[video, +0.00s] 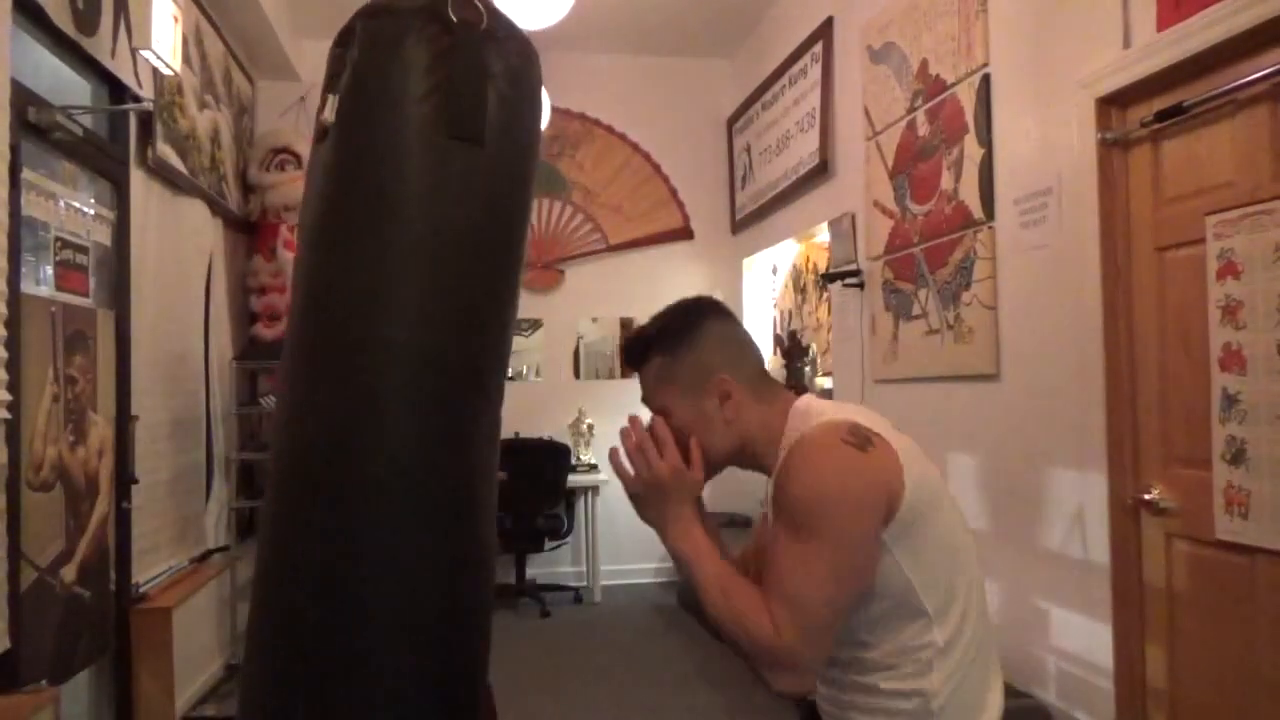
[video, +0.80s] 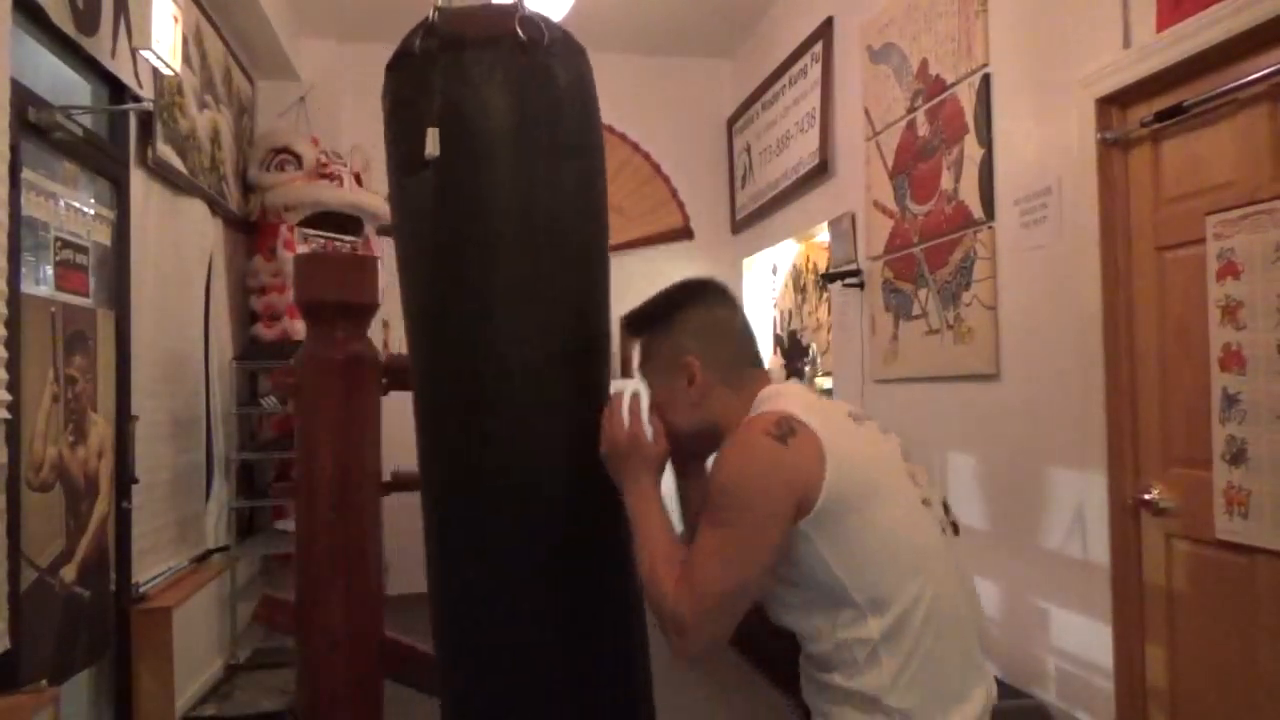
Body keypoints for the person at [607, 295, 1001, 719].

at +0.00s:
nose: (661, 436)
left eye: (665, 416)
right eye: (656, 418)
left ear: (723, 396)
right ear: (725, 394)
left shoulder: (832, 459)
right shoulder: (808, 448)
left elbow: (790, 665)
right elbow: (744, 593)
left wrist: (679, 521)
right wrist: (681, 514)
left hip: (913, 709)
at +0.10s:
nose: (640, 408)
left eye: (647, 386)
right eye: (636, 388)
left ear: (712, 367)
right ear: (714, 367)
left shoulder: (844, 442)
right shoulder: (754, 439)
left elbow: (779, 638)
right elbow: (701, 598)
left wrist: (664, 489)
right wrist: (656, 490)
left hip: (898, 707)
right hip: (812, 696)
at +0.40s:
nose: (575, 383)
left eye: (583, 362)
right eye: (574, 363)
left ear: (656, 353)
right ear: (657, 355)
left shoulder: (804, 434)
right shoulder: (696, 436)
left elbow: (724, 668)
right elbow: (634, 600)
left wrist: (597, 480)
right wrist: (588, 474)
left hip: (881, 706)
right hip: (796, 699)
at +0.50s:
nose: (566, 434)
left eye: (571, 410)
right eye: (563, 413)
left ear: (640, 397)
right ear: (646, 396)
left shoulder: (778, 474)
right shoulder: (715, 451)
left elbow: (724, 696)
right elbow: (675, 602)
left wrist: (597, 541)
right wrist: (602, 514)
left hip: (893, 709)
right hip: (818, 695)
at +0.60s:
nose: (582, 459)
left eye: (584, 437)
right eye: (577, 440)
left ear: (640, 425)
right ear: (644, 424)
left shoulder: (762, 495)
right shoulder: (747, 460)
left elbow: (718, 701)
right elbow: (692, 628)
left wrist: (603, 561)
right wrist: (624, 525)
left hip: (901, 710)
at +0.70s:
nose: (620, 449)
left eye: (621, 430)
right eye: (615, 432)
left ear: (663, 419)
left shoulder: (757, 488)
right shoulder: (779, 444)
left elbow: (700, 690)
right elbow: (713, 642)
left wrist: (619, 543)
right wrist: (654, 514)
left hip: (890, 711)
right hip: (946, 698)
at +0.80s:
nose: (650, 406)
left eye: (652, 385)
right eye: (647, 387)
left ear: (692, 378)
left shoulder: (765, 447)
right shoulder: (802, 410)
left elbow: (690, 628)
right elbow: (723, 587)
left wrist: (638, 484)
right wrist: (686, 462)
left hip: (891, 708)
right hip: (950, 691)